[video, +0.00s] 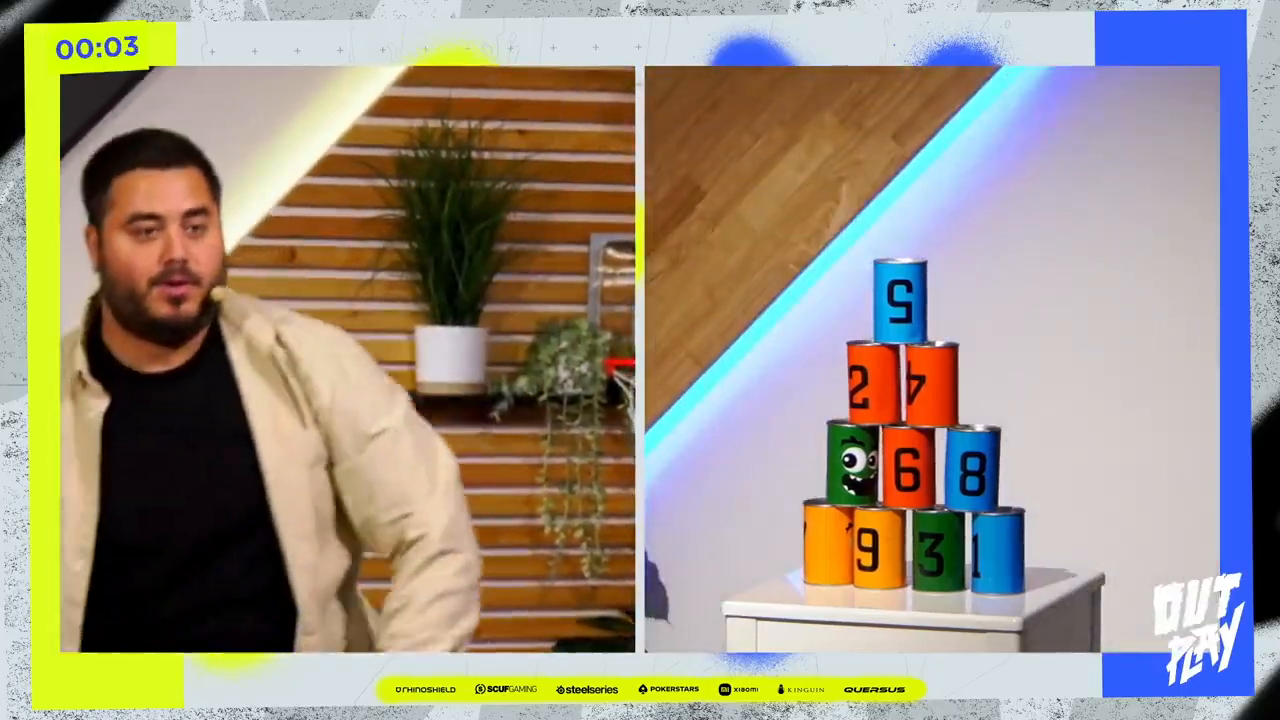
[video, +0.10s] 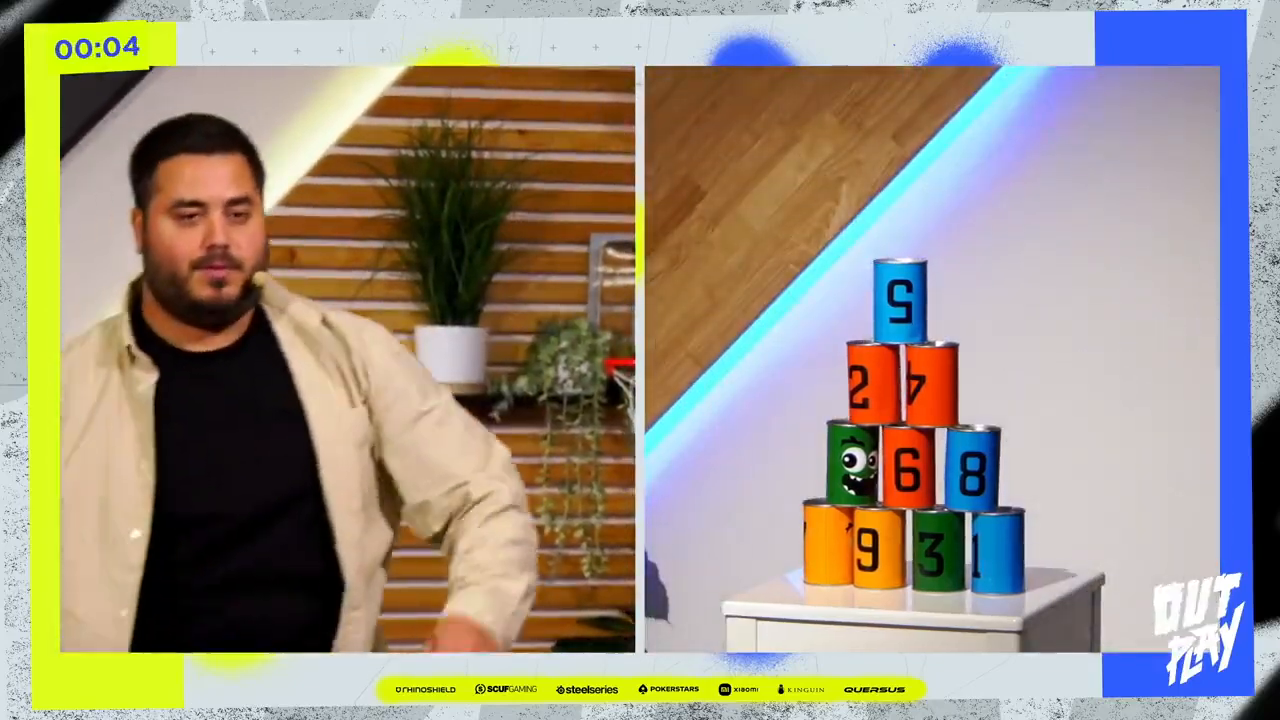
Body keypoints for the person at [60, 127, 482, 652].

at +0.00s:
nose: (177, 253)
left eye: (196, 225)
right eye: (145, 230)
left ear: (221, 235)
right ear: (95, 246)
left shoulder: (312, 364)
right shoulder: (37, 394)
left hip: (295, 708)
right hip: (92, 711)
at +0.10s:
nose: (218, 239)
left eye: (238, 212)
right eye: (187, 215)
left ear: (263, 222)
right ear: (140, 230)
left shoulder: (352, 356)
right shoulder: (60, 387)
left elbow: (487, 494)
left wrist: (471, 626)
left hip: (312, 700)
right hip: (123, 700)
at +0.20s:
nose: (257, 235)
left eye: (279, 211)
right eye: (228, 211)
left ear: (304, 223)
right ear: (183, 225)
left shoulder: (386, 362)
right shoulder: (101, 378)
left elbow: (511, 484)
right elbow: (39, 543)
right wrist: (114, 595)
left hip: (346, 692)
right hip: (170, 695)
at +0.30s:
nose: (291, 230)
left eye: (312, 206)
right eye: (262, 206)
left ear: (337, 219)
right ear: (217, 218)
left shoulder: (408, 362)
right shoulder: (134, 360)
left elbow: (496, 526)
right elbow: (67, 514)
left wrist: (519, 491)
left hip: (372, 695)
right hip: (201, 695)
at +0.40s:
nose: (308, 219)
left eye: (330, 197)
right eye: (281, 196)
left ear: (355, 216)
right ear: (236, 212)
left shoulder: (419, 360)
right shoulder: (152, 345)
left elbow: (525, 523)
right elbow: (87, 491)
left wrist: (510, 454)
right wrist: (175, 450)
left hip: (379, 694)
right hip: (204, 693)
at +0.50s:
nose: (311, 211)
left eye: (333, 189)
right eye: (284, 189)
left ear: (357, 213)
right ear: (240, 209)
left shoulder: (414, 354)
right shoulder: (155, 342)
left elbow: (532, 510)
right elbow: (91, 490)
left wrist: (495, 428)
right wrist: (183, 442)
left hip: (381, 694)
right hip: (201, 693)